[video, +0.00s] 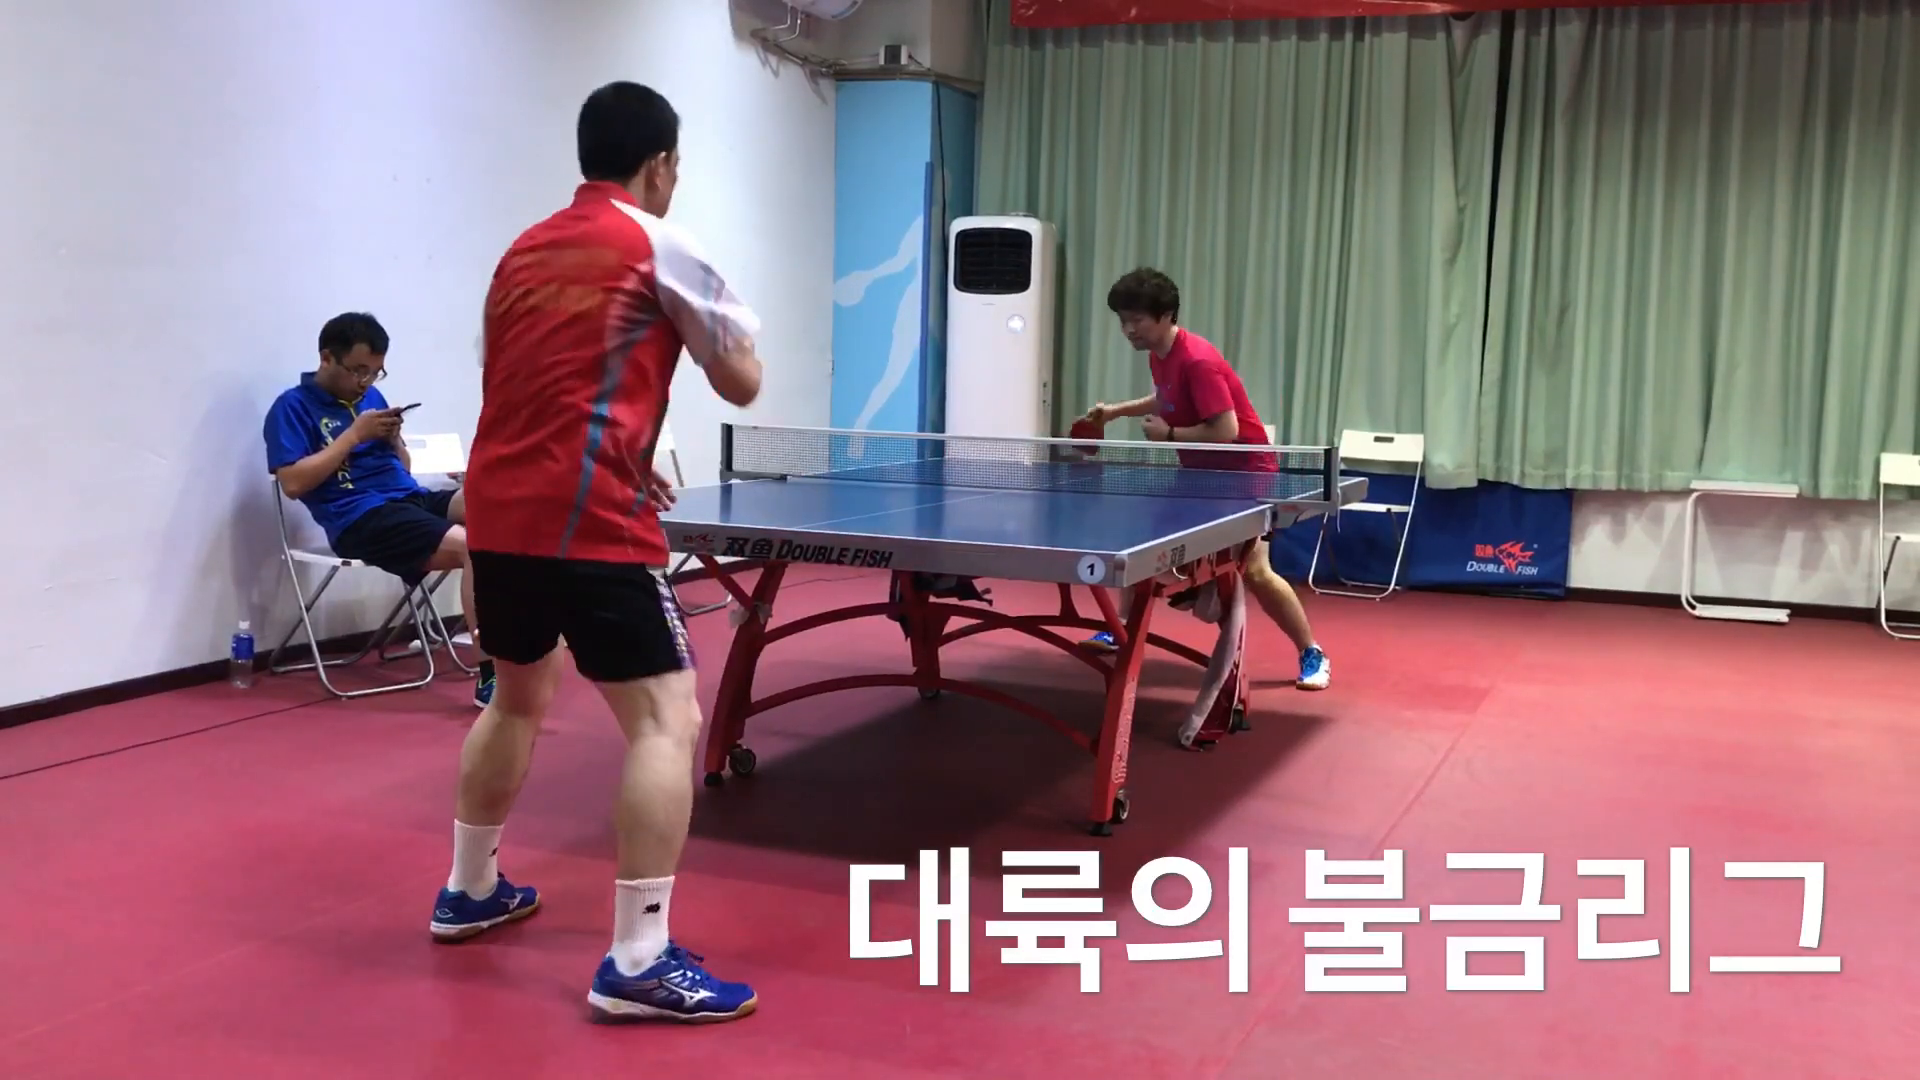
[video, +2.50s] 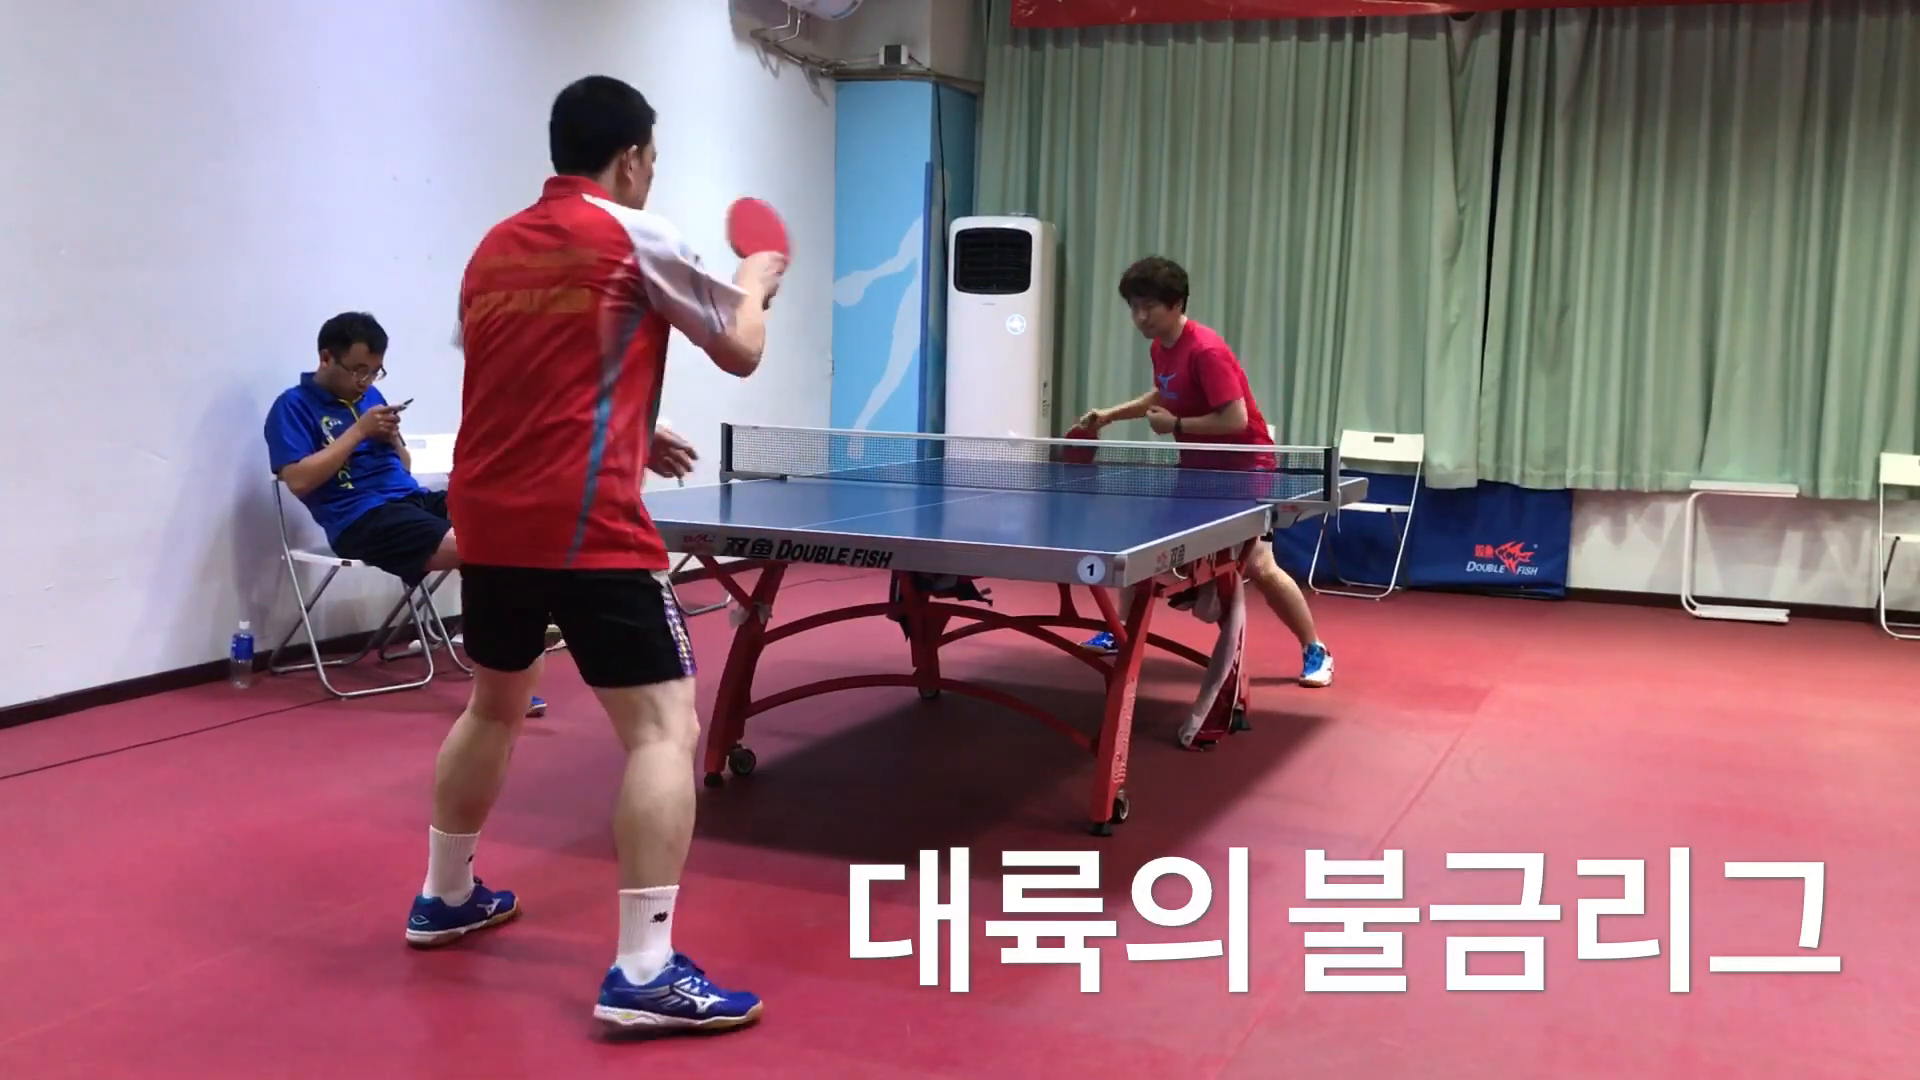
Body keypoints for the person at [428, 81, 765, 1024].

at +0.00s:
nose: (677, 181)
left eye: (676, 168)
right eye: (676, 167)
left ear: (584, 164)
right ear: (657, 166)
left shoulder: (521, 250)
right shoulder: (657, 247)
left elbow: (515, 388)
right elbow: (742, 383)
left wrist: (628, 455)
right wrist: (713, 314)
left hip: (499, 524)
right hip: (598, 529)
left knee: (513, 702)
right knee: (663, 722)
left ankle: (469, 889)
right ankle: (639, 958)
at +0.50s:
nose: (732, 219)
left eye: (734, 203)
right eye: (730, 201)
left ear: (663, 192)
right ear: (693, 198)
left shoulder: (621, 261)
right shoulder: (622, 265)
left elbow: (613, 410)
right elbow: (594, 406)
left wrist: (688, 475)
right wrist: (714, 456)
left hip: (501, 531)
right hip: (550, 539)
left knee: (530, 709)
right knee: (639, 728)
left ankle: (437, 887)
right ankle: (634, 968)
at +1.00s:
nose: (693, 182)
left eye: (692, 168)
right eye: (691, 168)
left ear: (596, 169)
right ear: (674, 173)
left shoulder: (532, 258)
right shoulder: (676, 269)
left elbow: (521, 405)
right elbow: (757, 412)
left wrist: (648, 456)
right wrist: (804, 381)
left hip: (503, 535)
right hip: (606, 546)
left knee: (507, 694)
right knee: (679, 736)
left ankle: (445, 878)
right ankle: (639, 973)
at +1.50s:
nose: (709, 199)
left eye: (708, 182)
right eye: (706, 182)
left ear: (622, 180)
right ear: (680, 184)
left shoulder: (565, 254)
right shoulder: (660, 273)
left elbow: (557, 390)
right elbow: (777, 387)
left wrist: (658, 443)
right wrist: (852, 330)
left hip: (476, 521)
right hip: (564, 528)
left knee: (513, 699)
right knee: (667, 721)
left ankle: (441, 889)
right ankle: (644, 958)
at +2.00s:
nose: (756, 202)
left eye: (755, 186)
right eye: (757, 185)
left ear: (670, 171)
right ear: (738, 185)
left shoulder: (618, 247)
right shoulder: (698, 266)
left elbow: (667, 417)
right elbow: (718, 430)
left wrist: (784, 468)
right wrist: (821, 490)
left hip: (523, 525)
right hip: (604, 541)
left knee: (538, 706)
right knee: (685, 732)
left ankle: (453, 886)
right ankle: (700, 966)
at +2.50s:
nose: (651, 177)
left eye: (649, 161)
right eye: (650, 161)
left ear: (557, 156)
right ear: (629, 159)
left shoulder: (490, 247)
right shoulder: (634, 240)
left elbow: (515, 387)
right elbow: (740, 351)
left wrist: (634, 433)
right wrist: (756, 284)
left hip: (488, 521)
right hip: (594, 528)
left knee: (492, 708)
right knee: (659, 729)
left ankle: (444, 893)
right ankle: (644, 971)